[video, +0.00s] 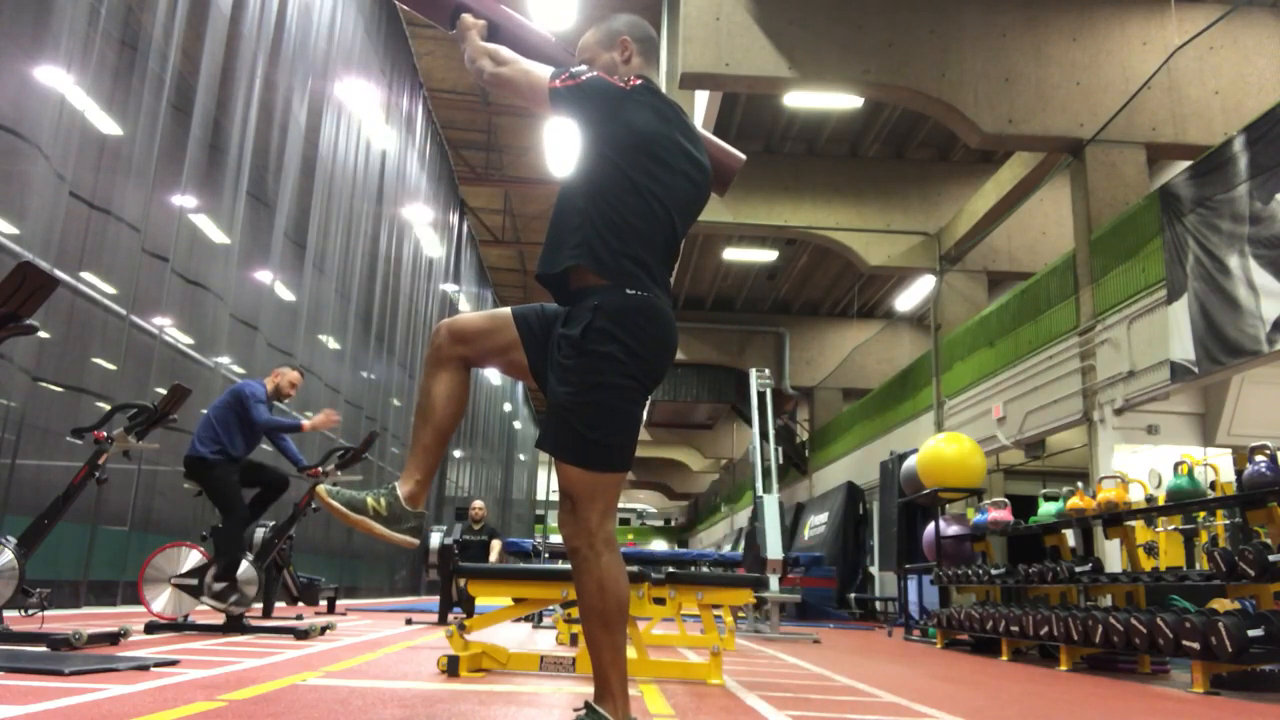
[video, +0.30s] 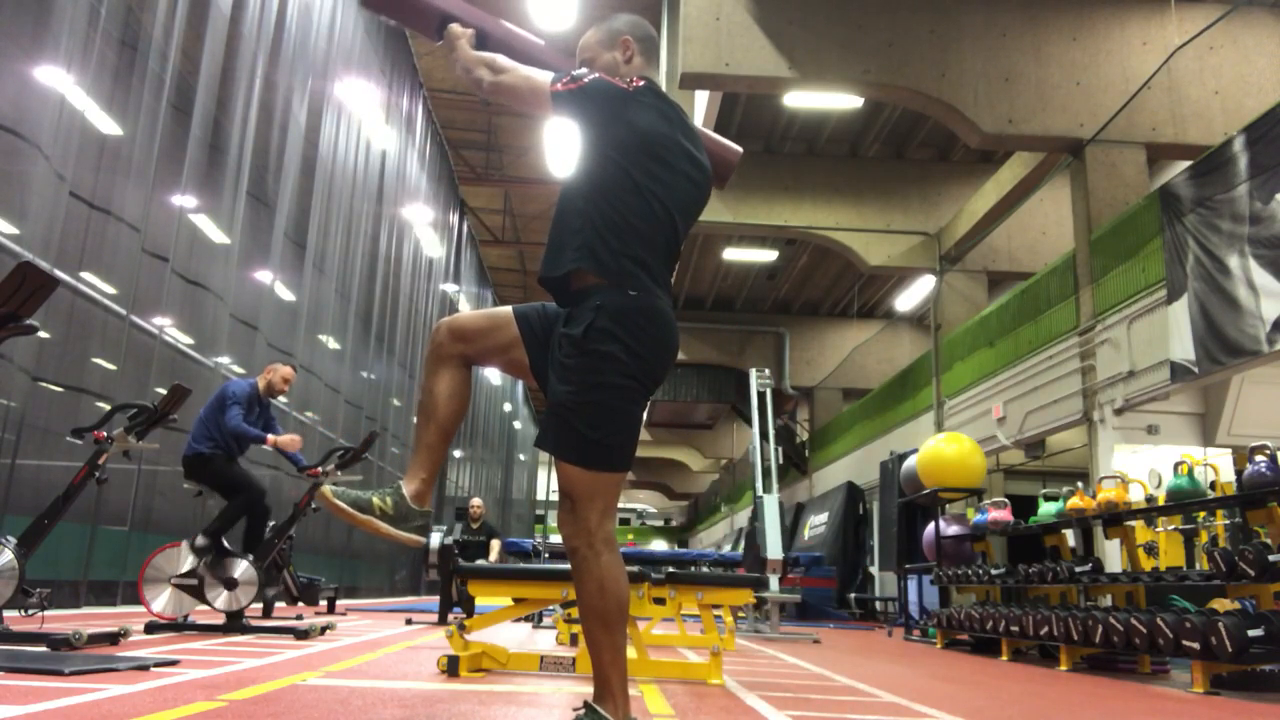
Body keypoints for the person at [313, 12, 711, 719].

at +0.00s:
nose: (583, 75)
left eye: (589, 65)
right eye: (585, 67)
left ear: (624, 57)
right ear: (645, 64)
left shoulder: (611, 98)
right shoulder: (694, 148)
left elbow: (489, 67)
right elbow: (734, 164)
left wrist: (471, 28)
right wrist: (677, 123)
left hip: (611, 324)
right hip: (598, 321)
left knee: (588, 529)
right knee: (453, 337)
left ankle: (613, 707)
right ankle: (409, 495)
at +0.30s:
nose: (582, 77)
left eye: (589, 66)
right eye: (584, 67)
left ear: (626, 54)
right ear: (642, 62)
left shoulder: (612, 98)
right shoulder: (695, 151)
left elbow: (494, 81)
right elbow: (734, 156)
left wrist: (463, 49)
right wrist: (677, 117)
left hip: (611, 324)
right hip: (599, 321)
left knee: (588, 530)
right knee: (453, 336)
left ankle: (612, 707)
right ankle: (415, 493)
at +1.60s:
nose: (598, 219)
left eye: (608, 203)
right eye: (594, 207)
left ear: (652, 197)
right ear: (635, 204)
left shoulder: (716, 278)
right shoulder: (613, 293)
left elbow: (768, 375)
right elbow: (578, 366)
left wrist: (759, 472)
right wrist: (567, 388)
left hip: (716, 459)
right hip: (667, 462)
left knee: (577, 528)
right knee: (734, 645)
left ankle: (610, 707)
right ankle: (875, 672)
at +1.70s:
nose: (601, 237)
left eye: (612, 221)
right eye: (598, 224)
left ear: (655, 215)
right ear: (642, 220)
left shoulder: (721, 293)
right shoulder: (615, 309)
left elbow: (774, 391)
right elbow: (586, 386)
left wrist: (777, 491)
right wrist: (575, 419)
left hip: (725, 469)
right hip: (675, 473)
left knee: (574, 529)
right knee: (722, 666)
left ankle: (609, 708)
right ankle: (867, 672)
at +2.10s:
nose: (615, 278)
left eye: (626, 263)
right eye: (611, 266)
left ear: (667, 258)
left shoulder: (730, 333)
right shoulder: (615, 349)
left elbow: (786, 433)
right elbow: (597, 426)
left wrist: (823, 533)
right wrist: (611, 487)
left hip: (728, 506)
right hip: (672, 515)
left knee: (567, 527)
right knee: (706, 708)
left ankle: (607, 707)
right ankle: (843, 672)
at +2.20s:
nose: (616, 280)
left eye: (627, 266)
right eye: (612, 269)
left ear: (668, 260)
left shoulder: (732, 335)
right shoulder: (616, 349)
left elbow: (788, 433)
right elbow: (599, 427)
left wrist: (826, 533)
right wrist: (619, 492)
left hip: (729, 506)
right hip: (673, 516)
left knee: (566, 527)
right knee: (704, 708)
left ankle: (607, 707)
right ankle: (841, 673)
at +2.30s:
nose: (618, 279)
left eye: (629, 265)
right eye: (614, 268)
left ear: (670, 261)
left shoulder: (732, 336)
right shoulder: (615, 348)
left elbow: (789, 432)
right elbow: (600, 427)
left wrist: (828, 531)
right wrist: (622, 497)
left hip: (729, 507)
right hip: (673, 516)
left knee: (567, 527)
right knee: (704, 708)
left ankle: (607, 707)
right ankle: (841, 673)